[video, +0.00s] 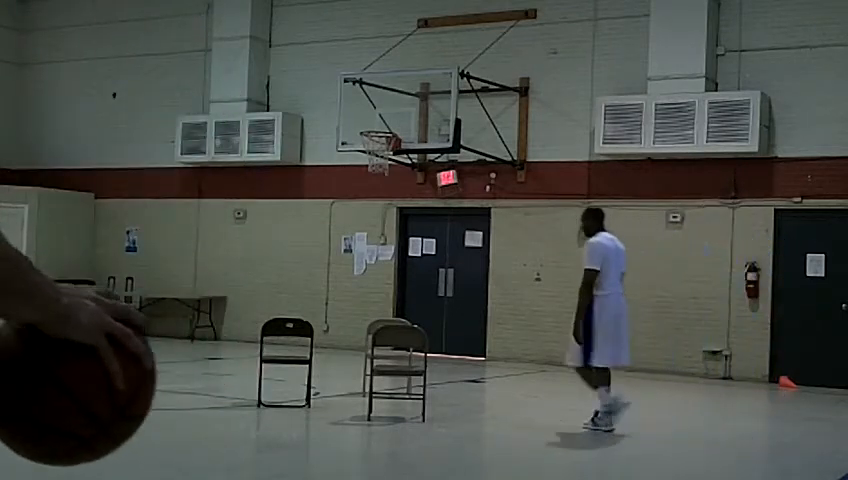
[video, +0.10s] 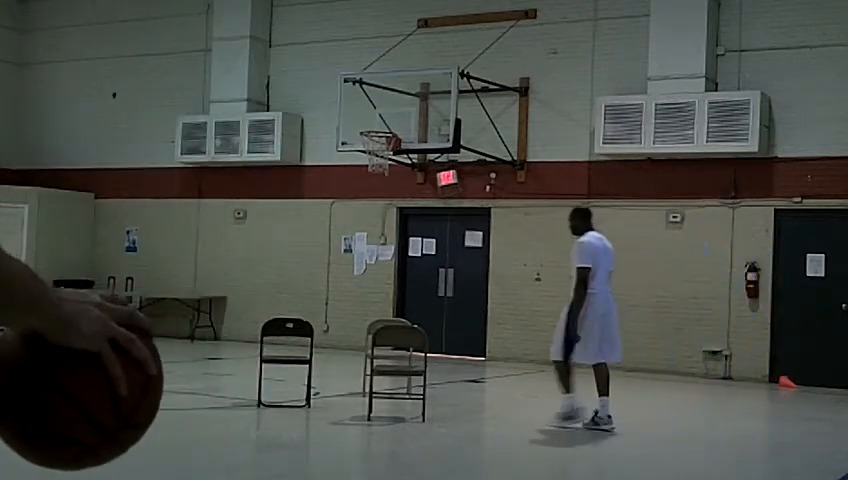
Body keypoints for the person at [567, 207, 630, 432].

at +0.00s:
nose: (581, 226)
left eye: (583, 221)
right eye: (582, 221)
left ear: (591, 222)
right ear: (602, 221)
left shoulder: (595, 244)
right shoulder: (616, 243)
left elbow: (587, 284)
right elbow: (620, 278)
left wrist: (578, 319)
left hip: (599, 307)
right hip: (614, 306)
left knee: (580, 361)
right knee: (603, 360)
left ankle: (609, 401)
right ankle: (604, 413)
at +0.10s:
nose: (570, 226)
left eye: (572, 222)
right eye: (570, 222)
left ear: (579, 222)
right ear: (590, 221)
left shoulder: (583, 244)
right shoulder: (605, 243)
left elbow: (581, 284)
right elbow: (607, 279)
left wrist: (572, 321)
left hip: (585, 307)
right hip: (604, 307)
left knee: (560, 355)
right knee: (599, 358)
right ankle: (604, 413)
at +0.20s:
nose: (556, 228)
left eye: (558, 224)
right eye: (556, 224)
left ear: (565, 225)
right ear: (575, 223)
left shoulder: (571, 245)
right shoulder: (591, 244)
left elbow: (572, 286)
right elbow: (591, 282)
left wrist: (566, 322)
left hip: (574, 305)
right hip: (594, 305)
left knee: (551, 355)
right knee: (596, 359)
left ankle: (536, 404)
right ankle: (603, 413)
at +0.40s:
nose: (527, 231)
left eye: (529, 227)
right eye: (527, 226)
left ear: (535, 227)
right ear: (545, 226)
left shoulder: (539, 249)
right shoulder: (561, 246)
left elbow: (541, 289)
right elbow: (559, 282)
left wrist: (538, 323)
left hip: (543, 307)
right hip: (562, 305)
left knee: (525, 356)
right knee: (567, 357)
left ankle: (521, 405)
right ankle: (592, 401)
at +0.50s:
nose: (515, 230)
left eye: (516, 226)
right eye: (515, 226)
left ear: (523, 225)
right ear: (533, 223)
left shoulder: (527, 246)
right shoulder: (549, 243)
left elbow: (523, 283)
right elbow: (547, 278)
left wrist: (516, 316)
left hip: (531, 307)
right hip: (549, 306)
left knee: (518, 355)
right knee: (541, 356)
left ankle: (520, 406)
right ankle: (571, 389)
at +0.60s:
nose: (504, 228)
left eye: (505, 224)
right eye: (503, 224)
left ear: (512, 223)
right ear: (521, 221)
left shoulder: (516, 243)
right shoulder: (539, 242)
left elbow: (507, 277)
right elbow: (543, 273)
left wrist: (492, 308)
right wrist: (539, 296)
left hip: (519, 299)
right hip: (536, 299)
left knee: (514, 352)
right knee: (523, 351)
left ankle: (520, 406)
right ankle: (541, 388)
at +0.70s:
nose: (492, 227)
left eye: (493, 223)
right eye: (493, 223)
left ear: (498, 223)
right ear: (509, 221)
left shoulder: (503, 242)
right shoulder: (526, 241)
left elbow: (493, 271)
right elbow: (532, 274)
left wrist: (484, 292)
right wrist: (528, 294)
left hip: (507, 294)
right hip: (524, 294)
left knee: (506, 351)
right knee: (504, 350)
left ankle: (519, 405)